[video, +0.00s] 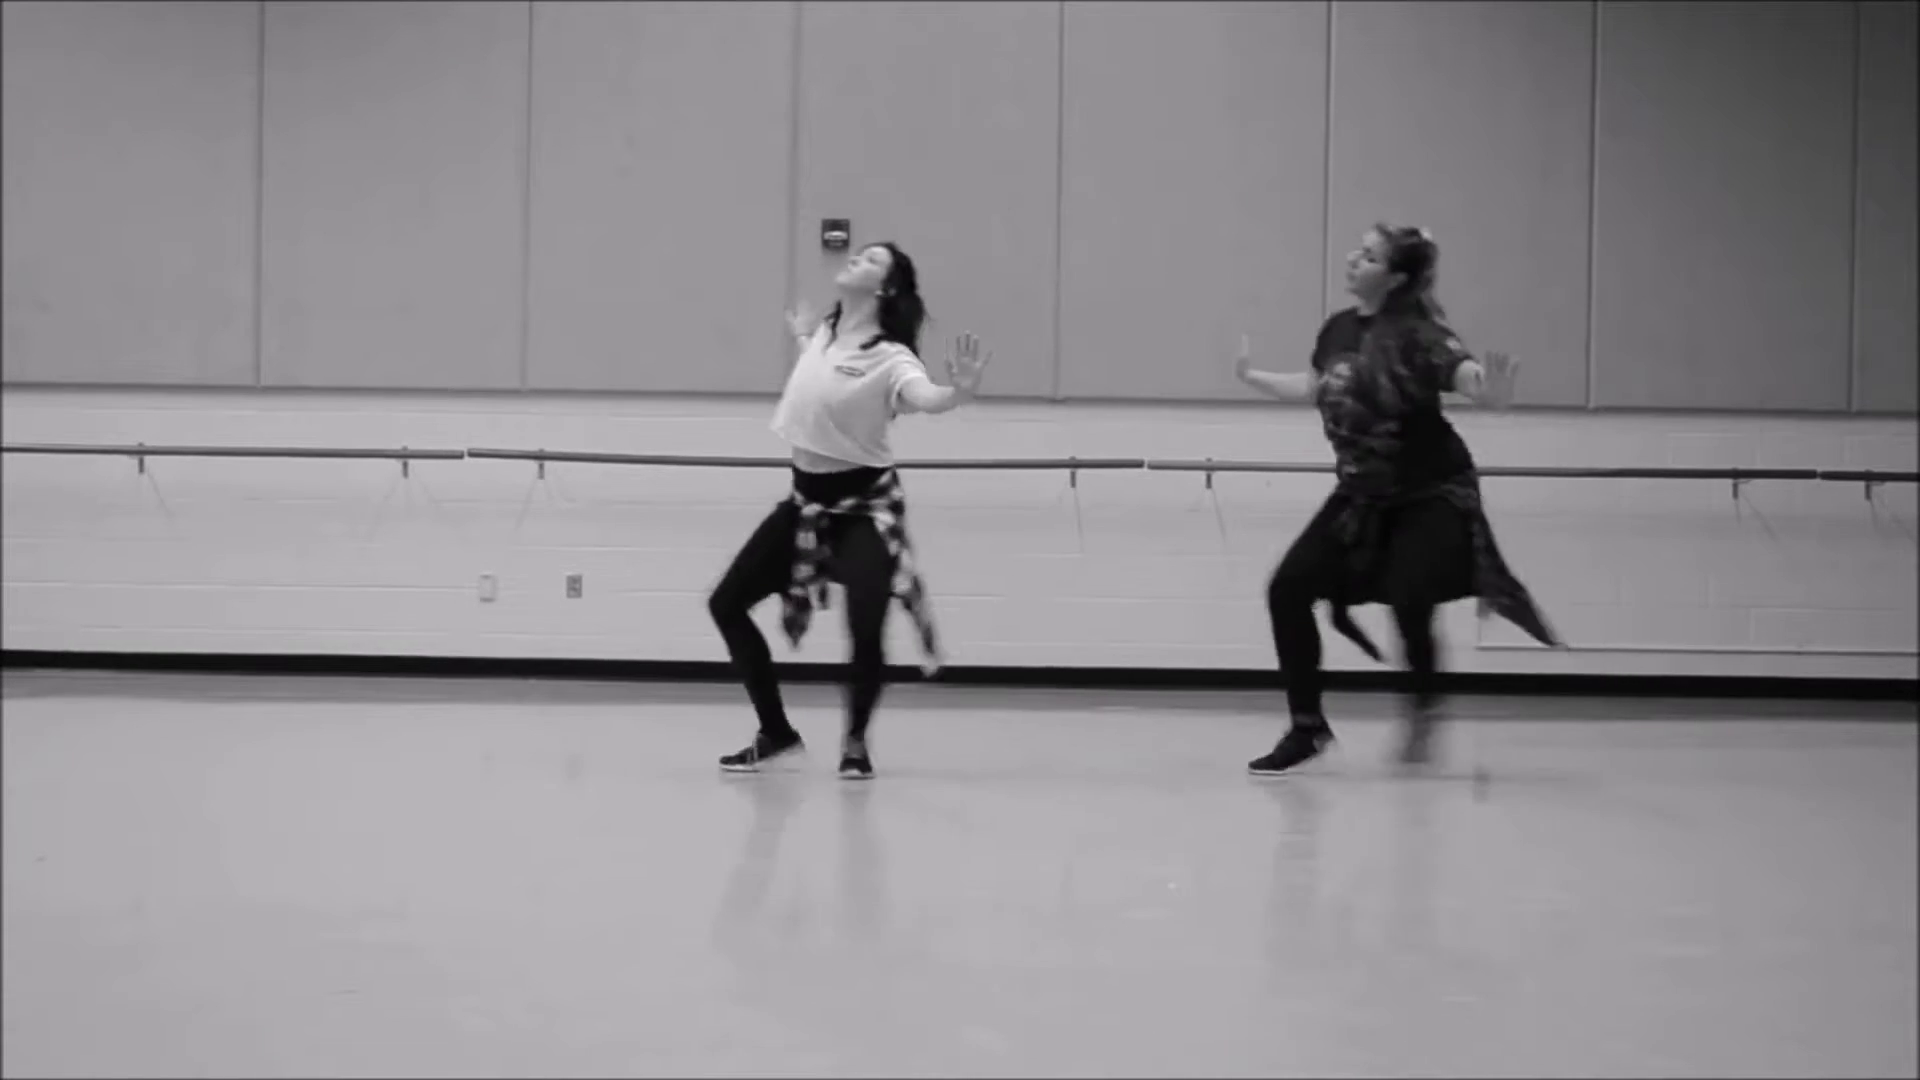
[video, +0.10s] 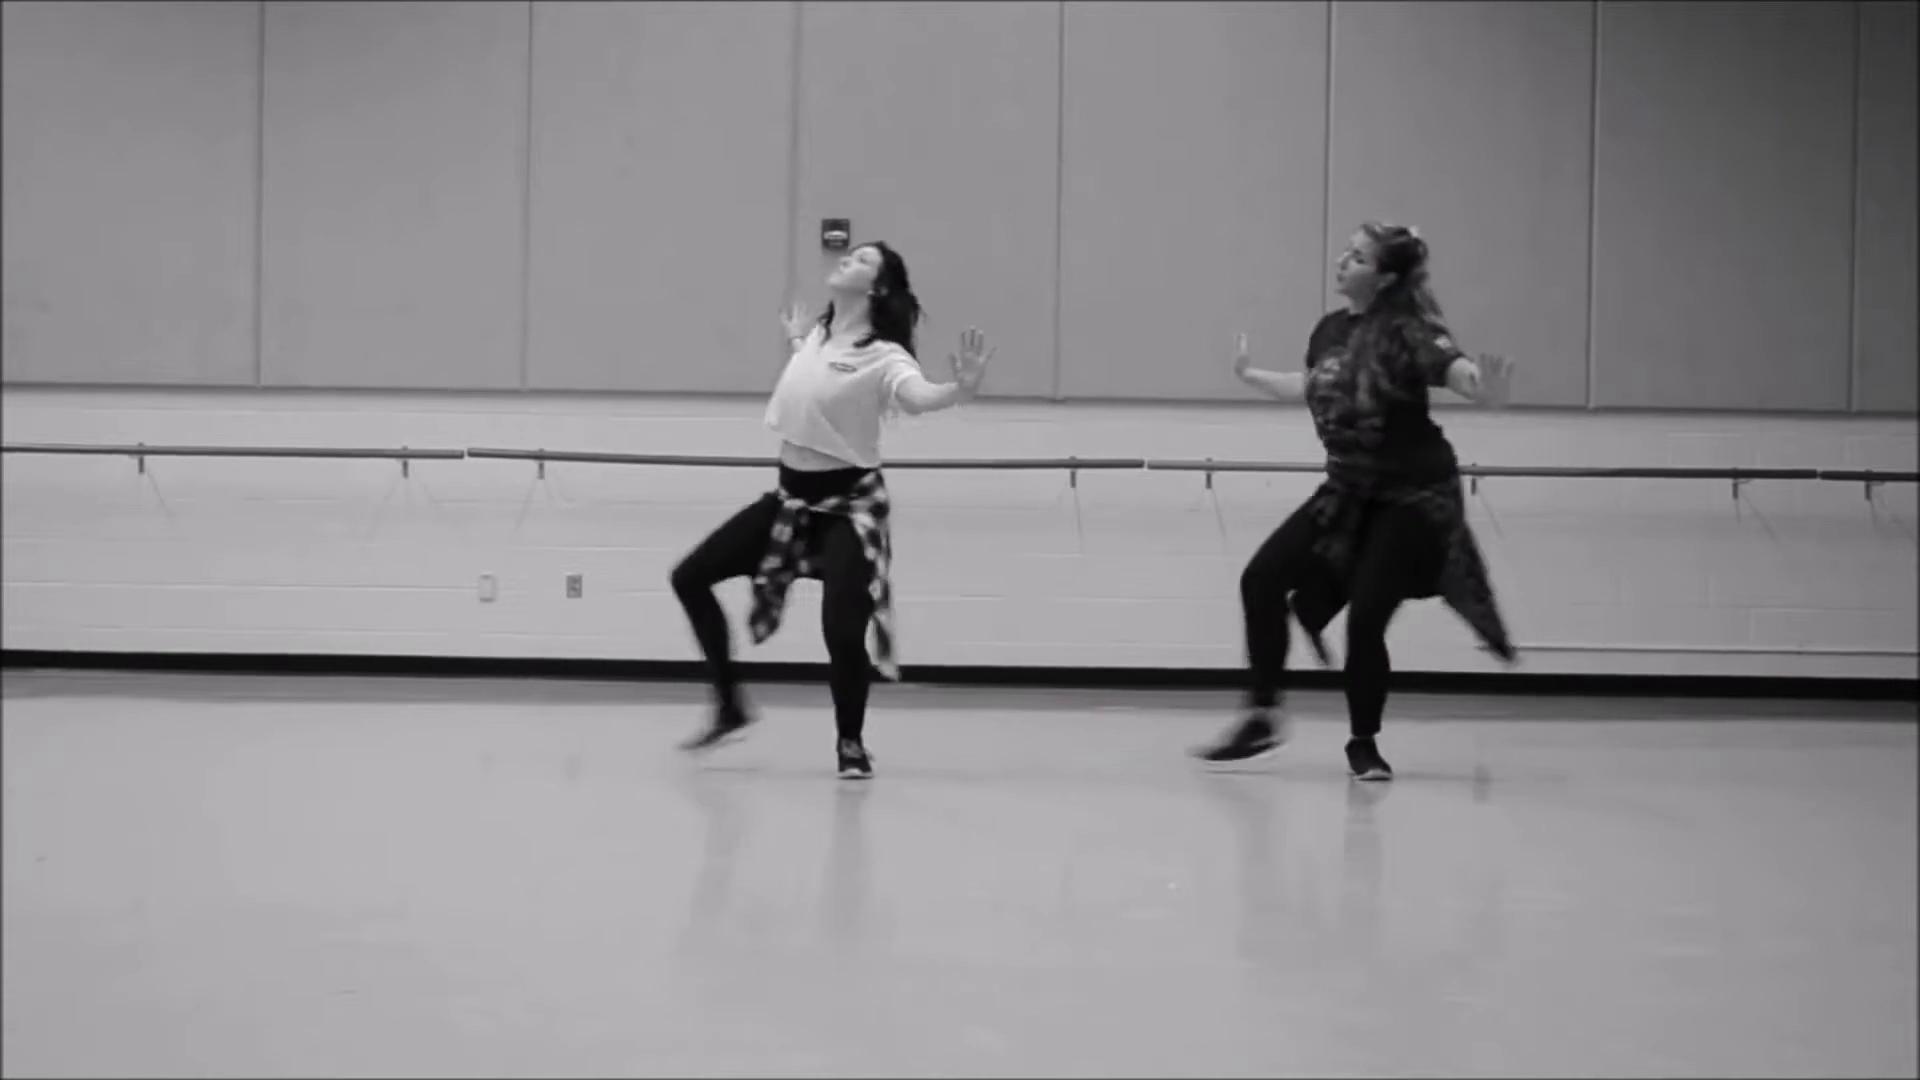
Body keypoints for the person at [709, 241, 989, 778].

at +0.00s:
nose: (852, 260)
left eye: (868, 259)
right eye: (855, 254)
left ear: (887, 289)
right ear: (844, 275)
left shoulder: (891, 356)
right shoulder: (823, 332)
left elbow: (924, 394)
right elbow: (812, 359)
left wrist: (957, 391)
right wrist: (798, 331)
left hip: (864, 508)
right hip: (805, 503)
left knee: (865, 633)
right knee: (726, 604)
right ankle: (775, 730)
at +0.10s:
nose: (845, 260)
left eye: (860, 258)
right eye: (848, 254)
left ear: (880, 288)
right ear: (838, 276)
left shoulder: (885, 355)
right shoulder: (819, 333)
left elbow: (916, 393)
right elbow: (806, 356)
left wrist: (957, 389)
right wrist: (795, 335)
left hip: (848, 508)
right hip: (789, 501)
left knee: (843, 631)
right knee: (690, 578)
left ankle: (850, 743)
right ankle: (730, 705)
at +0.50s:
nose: (837, 275)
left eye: (852, 275)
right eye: (842, 268)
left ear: (869, 304)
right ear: (833, 283)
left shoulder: (848, 361)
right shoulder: (787, 339)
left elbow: (773, 380)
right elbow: (711, 367)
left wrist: (714, 367)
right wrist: (630, 346)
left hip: (812, 507)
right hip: (752, 501)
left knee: (826, 629)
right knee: (664, 599)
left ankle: (850, 744)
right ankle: (659, 740)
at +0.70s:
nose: (757, 244)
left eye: (772, 239)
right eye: (754, 235)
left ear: (796, 256)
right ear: (744, 246)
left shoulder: (780, 295)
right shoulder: (741, 318)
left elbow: (767, 376)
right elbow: (716, 403)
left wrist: (689, 370)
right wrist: (678, 366)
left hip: (797, 471)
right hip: (750, 474)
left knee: (820, 610)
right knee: (696, 598)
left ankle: (847, 739)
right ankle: (667, 737)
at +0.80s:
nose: (751, 245)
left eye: (765, 241)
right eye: (746, 237)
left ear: (782, 257)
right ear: (734, 248)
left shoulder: (769, 295)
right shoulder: (735, 315)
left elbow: (784, 376)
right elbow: (725, 409)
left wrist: (705, 380)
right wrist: (686, 379)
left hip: (797, 469)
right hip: (749, 475)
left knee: (822, 608)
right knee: (685, 592)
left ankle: (850, 739)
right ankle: (666, 730)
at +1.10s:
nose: (789, 309)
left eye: (803, 302)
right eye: (783, 298)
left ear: (824, 314)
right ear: (772, 301)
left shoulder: (825, 384)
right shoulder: (738, 349)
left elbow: (808, 472)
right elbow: (696, 429)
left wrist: (740, 431)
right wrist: (708, 425)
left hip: (795, 522)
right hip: (735, 518)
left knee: (776, 650)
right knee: (704, 639)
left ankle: (866, 738)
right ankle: (663, 733)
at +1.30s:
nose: (802, 327)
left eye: (816, 318)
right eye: (795, 316)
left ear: (839, 330)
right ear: (785, 321)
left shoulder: (844, 399)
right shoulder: (749, 357)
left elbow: (810, 490)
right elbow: (710, 436)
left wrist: (750, 444)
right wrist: (726, 440)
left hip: (804, 526)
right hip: (736, 519)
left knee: (835, 618)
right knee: (634, 591)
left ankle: (839, 732)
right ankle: (664, 716)